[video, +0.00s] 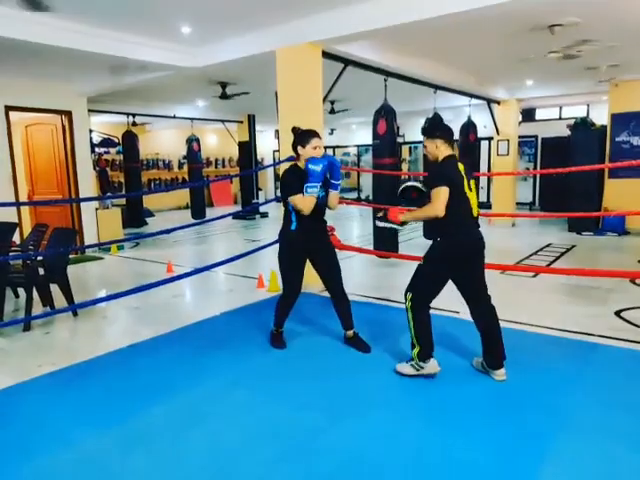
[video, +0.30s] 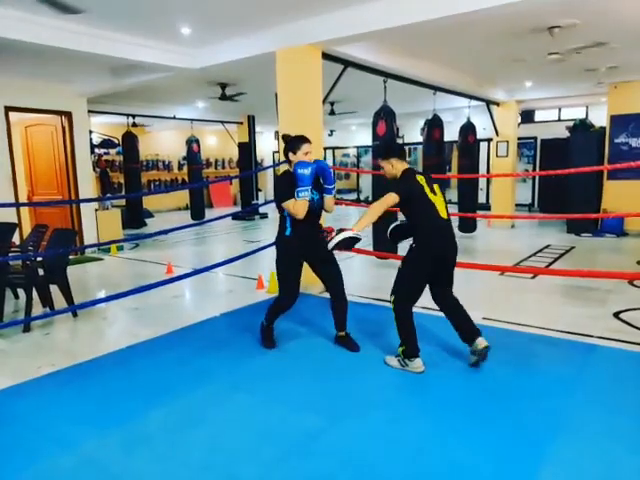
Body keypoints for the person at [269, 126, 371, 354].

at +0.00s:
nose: (320, 152)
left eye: (321, 148)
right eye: (315, 148)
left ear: (322, 149)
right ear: (300, 150)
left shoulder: (321, 171)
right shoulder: (290, 174)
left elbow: (332, 205)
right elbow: (305, 208)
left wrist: (334, 178)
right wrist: (314, 178)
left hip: (318, 236)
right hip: (293, 238)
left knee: (336, 287)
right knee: (292, 291)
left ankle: (350, 333)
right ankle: (277, 330)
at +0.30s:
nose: (310, 158)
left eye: (311, 154)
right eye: (305, 154)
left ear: (313, 155)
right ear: (291, 156)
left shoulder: (314, 177)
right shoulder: (283, 180)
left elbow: (329, 208)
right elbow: (299, 212)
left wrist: (328, 182)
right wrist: (304, 181)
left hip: (314, 240)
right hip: (289, 242)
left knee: (336, 284)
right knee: (289, 296)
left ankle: (341, 333)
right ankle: (267, 324)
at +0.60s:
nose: (290, 148)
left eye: (291, 143)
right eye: (286, 143)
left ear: (281, 144)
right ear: (272, 144)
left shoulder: (286, 167)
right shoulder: (263, 168)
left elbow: (301, 200)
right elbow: (281, 200)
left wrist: (303, 175)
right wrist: (289, 172)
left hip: (280, 236)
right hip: (257, 237)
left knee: (299, 278)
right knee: (272, 288)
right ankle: (262, 328)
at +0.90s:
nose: (261, 159)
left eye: (260, 155)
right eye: (257, 155)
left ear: (244, 157)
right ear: (245, 157)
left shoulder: (249, 181)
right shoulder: (237, 183)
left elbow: (256, 213)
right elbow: (260, 216)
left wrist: (267, 197)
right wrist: (267, 190)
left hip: (247, 249)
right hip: (230, 251)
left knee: (269, 287)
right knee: (230, 306)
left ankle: (269, 328)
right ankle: (190, 348)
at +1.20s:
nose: (227, 152)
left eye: (227, 147)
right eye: (225, 147)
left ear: (208, 149)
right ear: (213, 148)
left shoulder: (203, 171)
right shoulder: (206, 173)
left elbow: (225, 204)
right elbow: (228, 207)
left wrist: (232, 183)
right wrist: (235, 180)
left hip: (197, 243)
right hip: (193, 245)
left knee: (212, 297)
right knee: (208, 300)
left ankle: (191, 346)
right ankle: (173, 355)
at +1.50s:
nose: (194, 161)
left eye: (194, 156)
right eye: (192, 155)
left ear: (172, 155)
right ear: (181, 155)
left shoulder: (161, 181)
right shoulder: (180, 182)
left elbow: (195, 215)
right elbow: (207, 216)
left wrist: (202, 204)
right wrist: (207, 191)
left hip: (169, 261)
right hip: (166, 265)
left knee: (192, 306)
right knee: (163, 328)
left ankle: (185, 351)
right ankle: (135, 396)